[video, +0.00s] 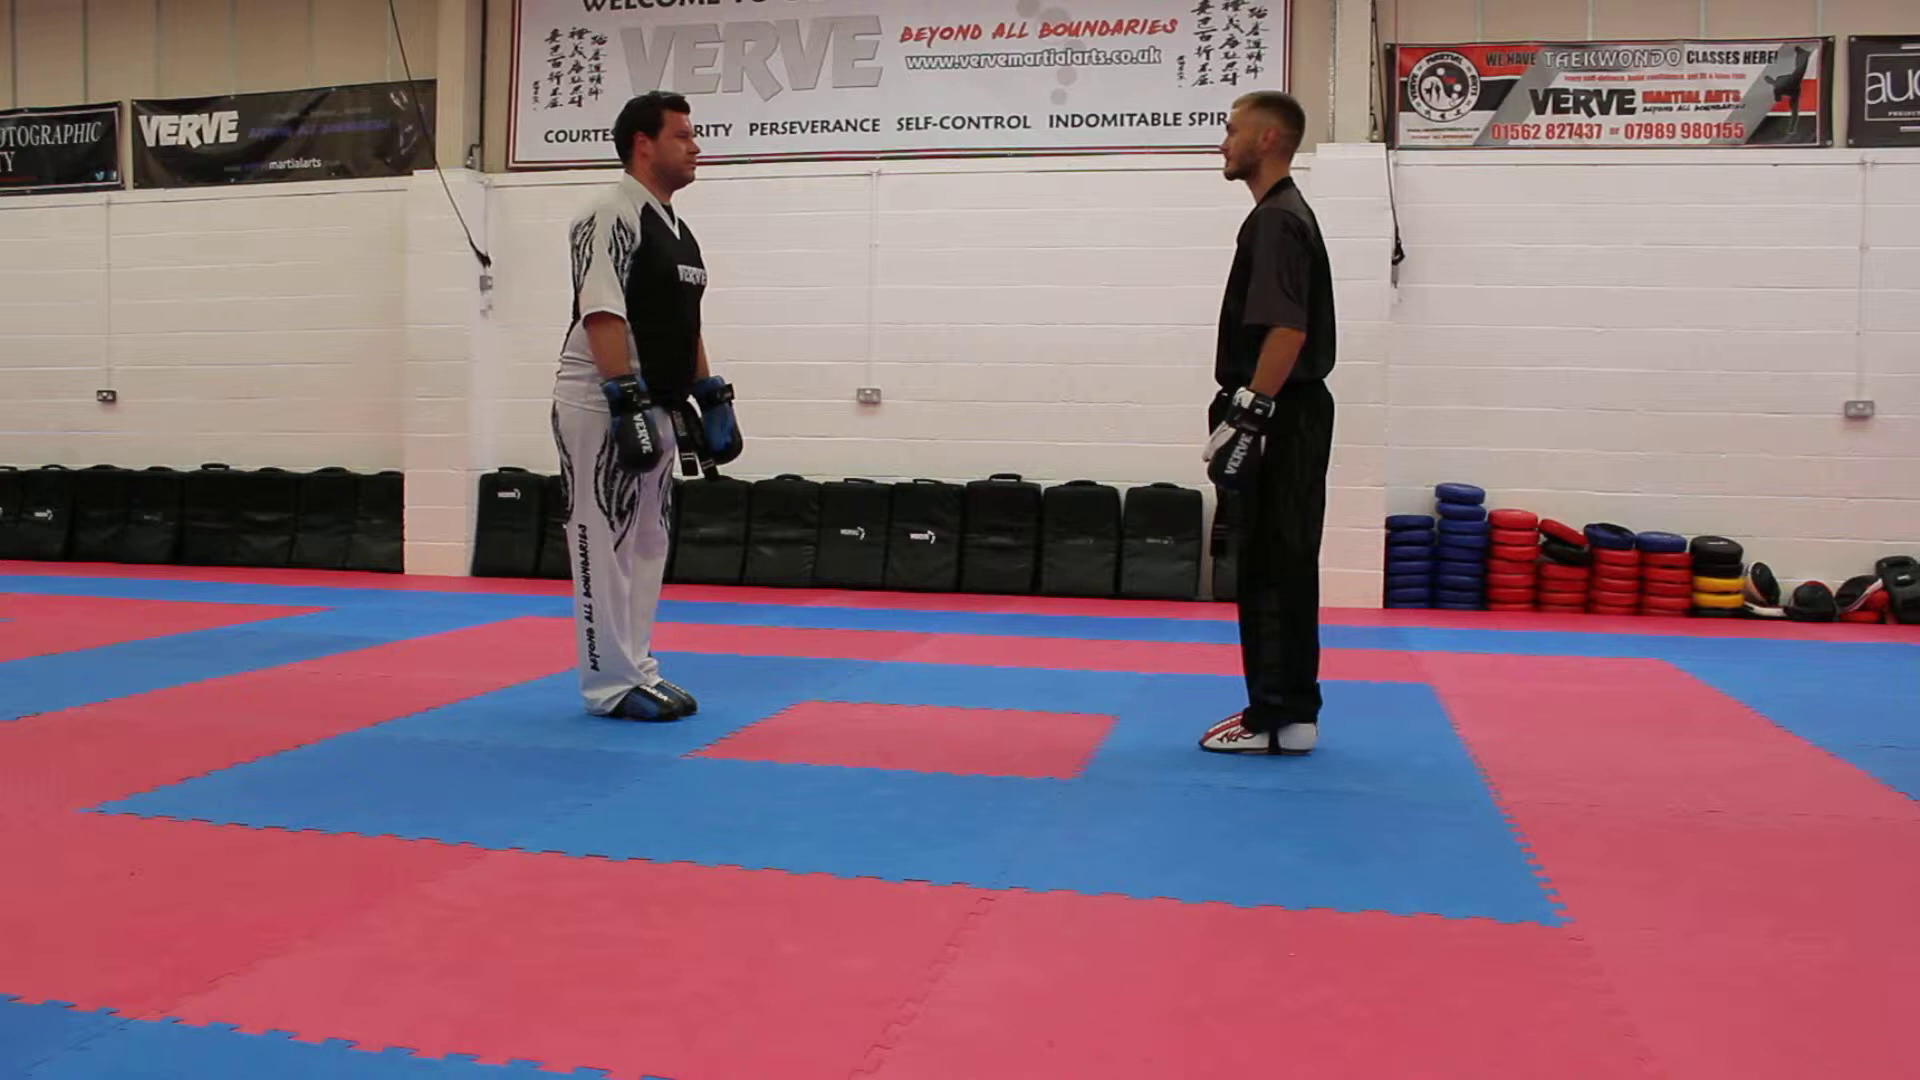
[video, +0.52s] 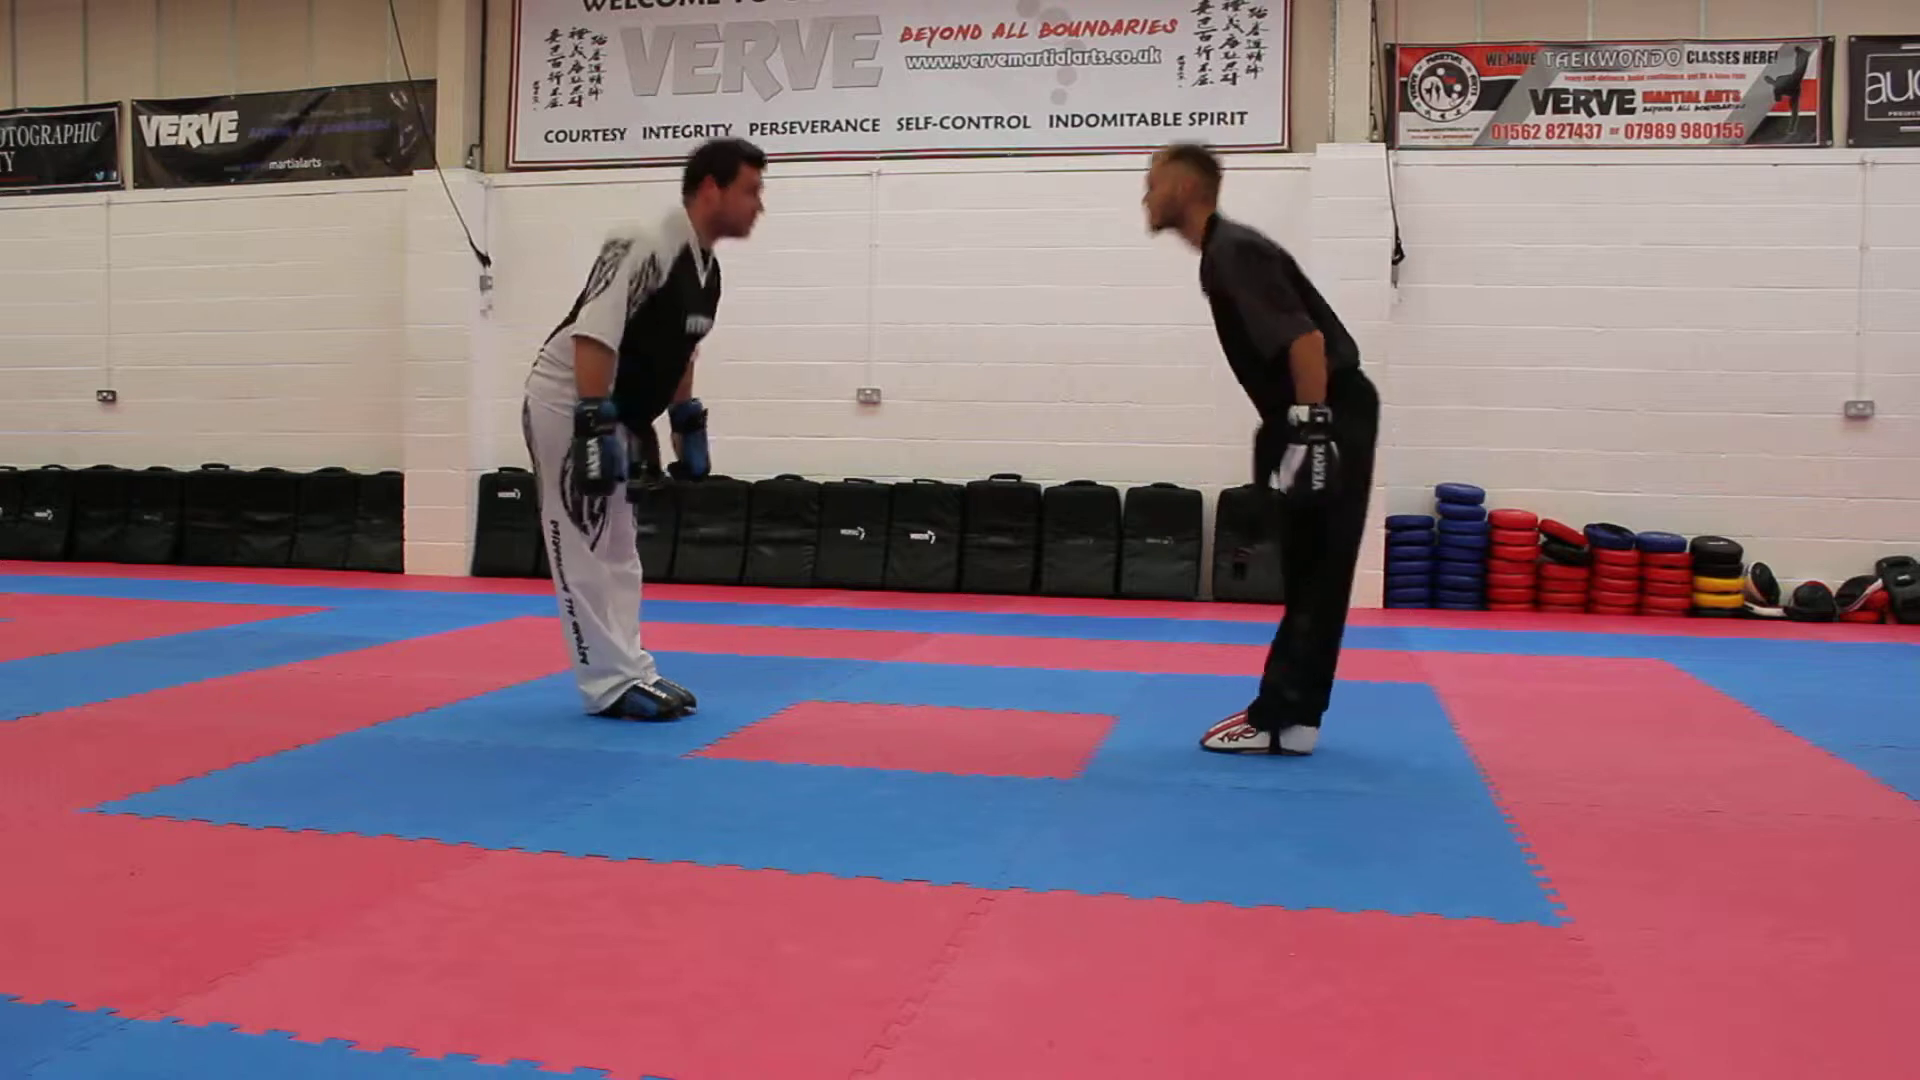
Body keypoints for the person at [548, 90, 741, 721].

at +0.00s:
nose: (695, 147)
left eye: (694, 136)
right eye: (683, 136)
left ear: (656, 146)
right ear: (642, 144)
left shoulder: (676, 228)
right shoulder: (610, 214)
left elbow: (682, 325)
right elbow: (602, 318)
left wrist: (708, 401)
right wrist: (628, 405)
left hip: (656, 407)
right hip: (600, 405)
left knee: (647, 542)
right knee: (603, 541)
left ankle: (636, 669)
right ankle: (608, 683)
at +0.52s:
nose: (760, 204)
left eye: (761, 192)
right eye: (752, 190)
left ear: (718, 192)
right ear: (711, 189)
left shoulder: (707, 270)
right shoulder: (644, 245)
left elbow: (678, 351)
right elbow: (593, 335)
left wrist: (685, 425)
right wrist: (592, 428)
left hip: (617, 410)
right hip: (565, 400)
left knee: (618, 543)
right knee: (581, 541)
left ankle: (631, 672)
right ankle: (607, 682)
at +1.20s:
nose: (701, 152)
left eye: (698, 141)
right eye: (688, 141)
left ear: (660, 152)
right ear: (647, 150)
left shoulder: (680, 239)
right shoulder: (597, 220)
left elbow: (686, 333)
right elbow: (564, 319)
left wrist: (719, 399)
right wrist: (587, 408)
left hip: (652, 415)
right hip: (601, 410)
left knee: (645, 543)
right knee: (605, 542)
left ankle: (633, 668)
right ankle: (606, 681)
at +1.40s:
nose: (676, 146)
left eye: (674, 137)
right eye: (661, 138)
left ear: (658, 151)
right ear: (622, 151)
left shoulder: (684, 249)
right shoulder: (571, 220)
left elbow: (709, 336)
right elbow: (528, 301)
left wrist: (766, 372)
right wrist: (581, 370)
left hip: (629, 408)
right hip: (563, 400)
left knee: (631, 535)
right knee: (578, 533)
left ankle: (629, 674)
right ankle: (601, 679)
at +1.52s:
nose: (660, 148)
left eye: (659, 138)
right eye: (646, 138)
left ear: (646, 152)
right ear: (606, 150)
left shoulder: (670, 247)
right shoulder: (550, 219)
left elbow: (699, 333)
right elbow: (507, 291)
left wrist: (754, 353)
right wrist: (580, 332)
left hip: (613, 416)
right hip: (540, 410)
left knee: (623, 549)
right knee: (532, 548)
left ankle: (627, 679)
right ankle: (506, 677)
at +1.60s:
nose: (643, 154)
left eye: (642, 143)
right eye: (630, 143)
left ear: (622, 154)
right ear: (588, 152)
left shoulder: (653, 248)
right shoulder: (533, 218)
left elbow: (674, 332)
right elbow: (502, 300)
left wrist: (729, 350)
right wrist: (578, 316)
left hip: (607, 419)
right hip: (529, 417)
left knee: (645, 535)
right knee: (489, 545)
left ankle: (643, 671)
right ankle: (441, 665)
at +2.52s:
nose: (593, 214)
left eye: (593, 203)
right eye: (581, 203)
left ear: (581, 208)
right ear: (539, 209)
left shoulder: (613, 294)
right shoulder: (481, 283)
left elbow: (648, 374)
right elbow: (451, 369)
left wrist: (690, 374)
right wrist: (508, 376)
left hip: (591, 460)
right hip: (506, 462)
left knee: (652, 563)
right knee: (434, 560)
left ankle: (703, 677)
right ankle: (401, 666)